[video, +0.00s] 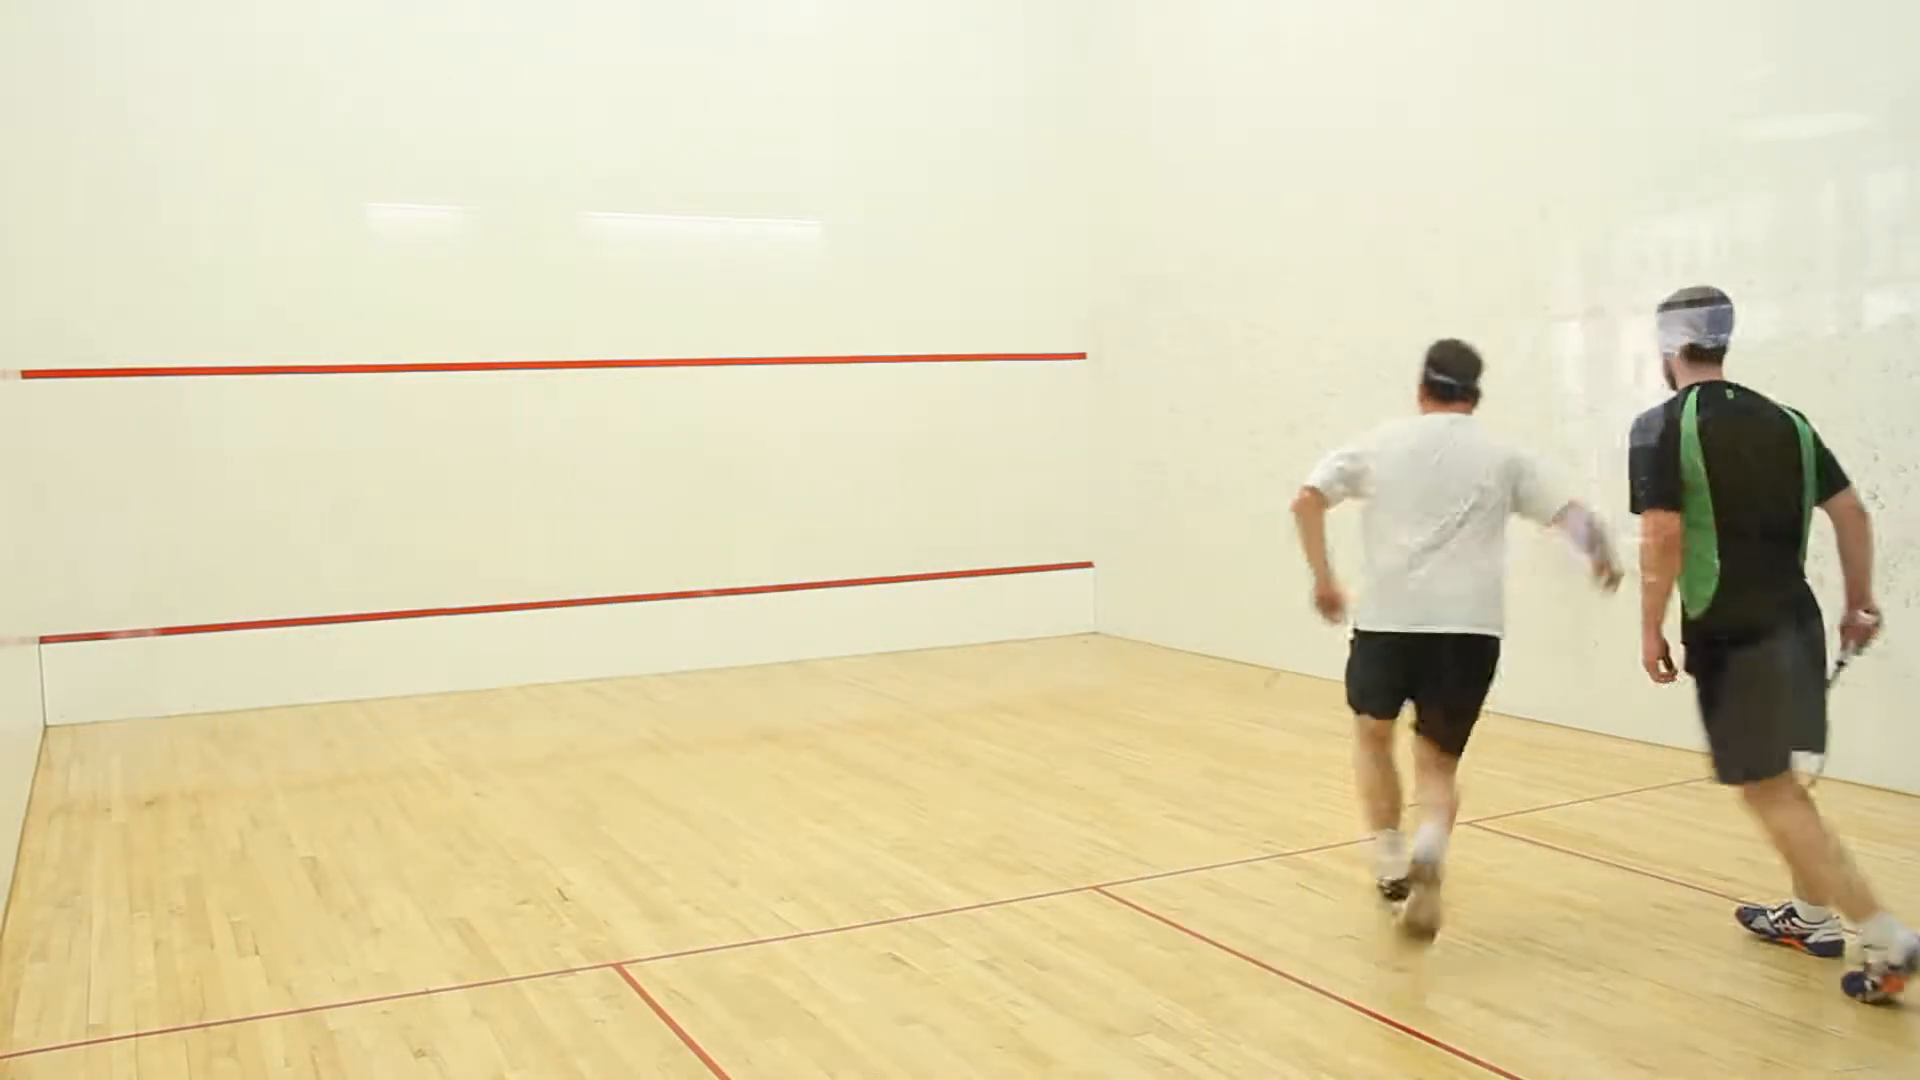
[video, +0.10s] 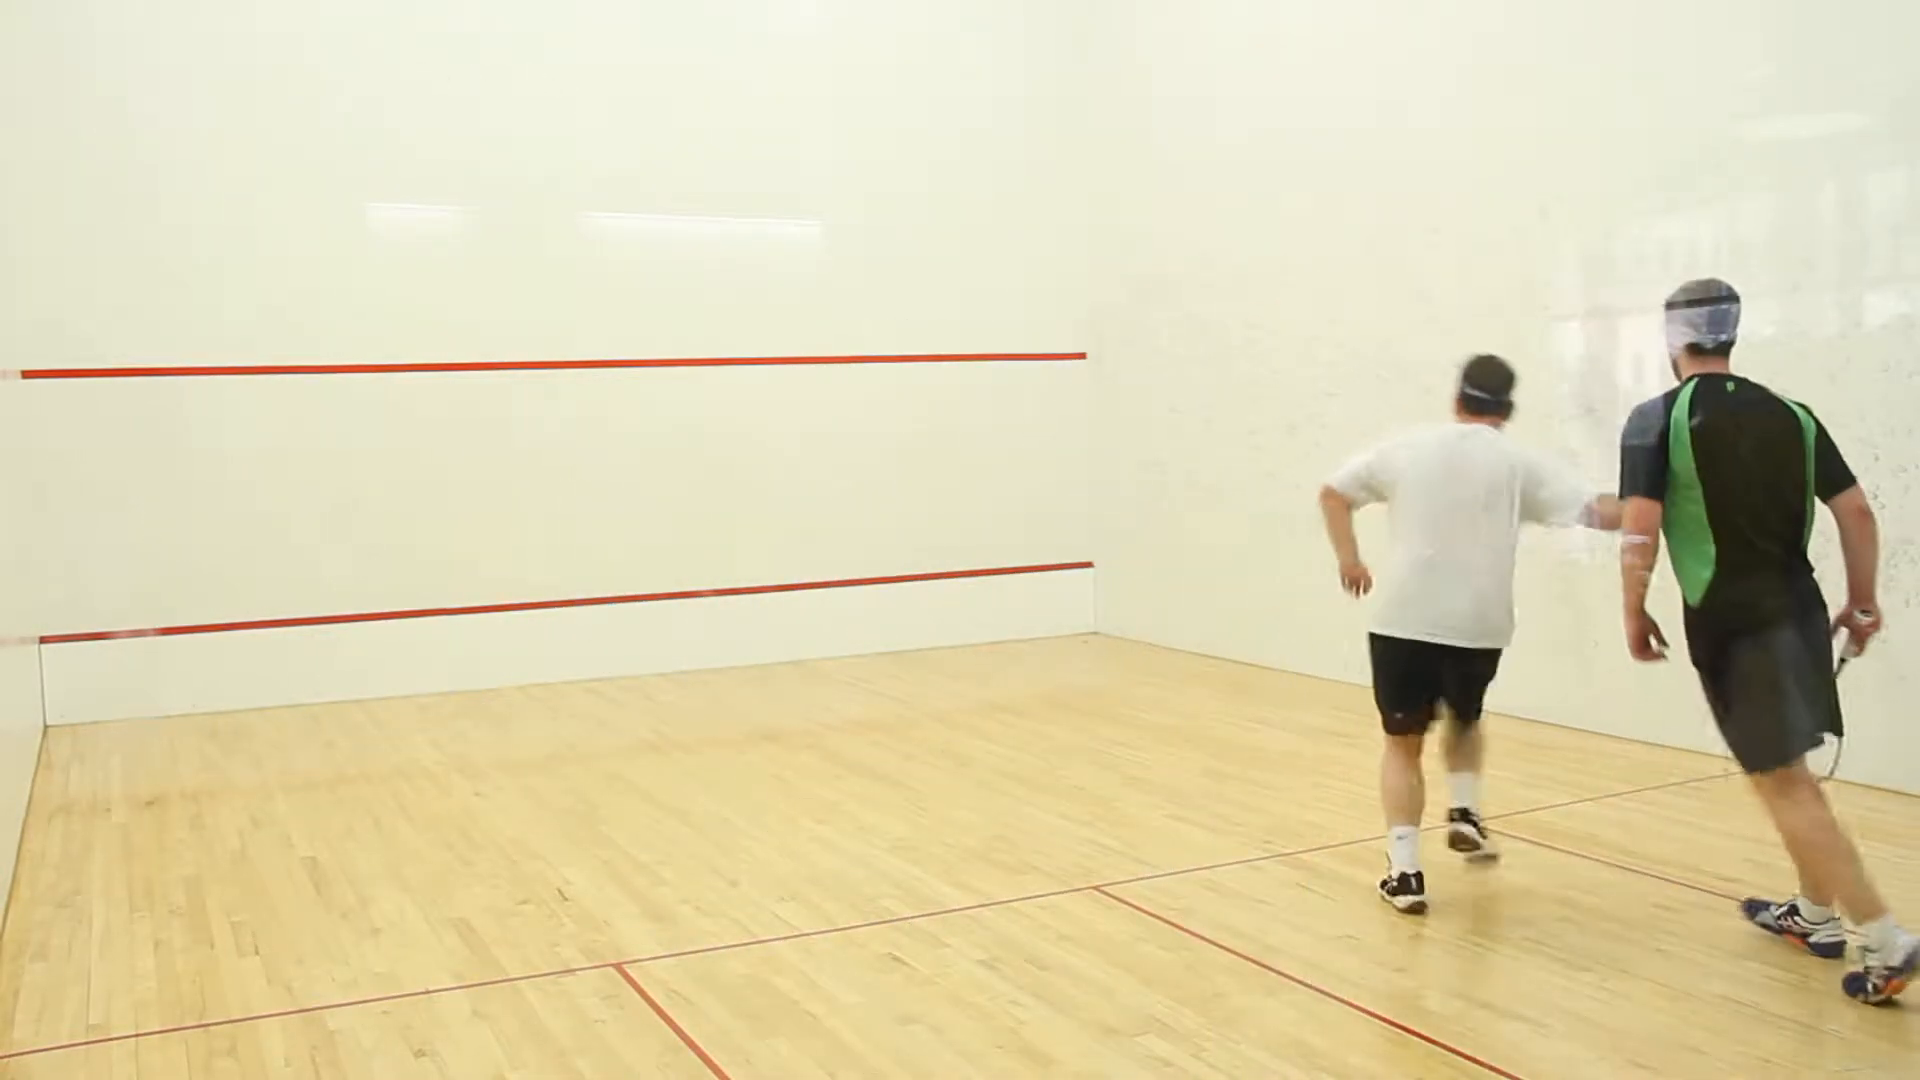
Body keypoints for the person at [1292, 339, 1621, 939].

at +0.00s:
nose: (1434, 397)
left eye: (1428, 386)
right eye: (1462, 393)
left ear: (1422, 389)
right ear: (1476, 396)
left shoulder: (1384, 444)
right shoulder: (1499, 455)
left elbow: (1306, 503)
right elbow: (1575, 515)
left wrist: (1324, 580)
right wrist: (1604, 557)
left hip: (1386, 629)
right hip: (1469, 635)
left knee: (1374, 738)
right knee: (1439, 759)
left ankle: (1391, 861)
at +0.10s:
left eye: (1460, 401)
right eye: (1500, 408)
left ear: (1456, 402)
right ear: (1508, 409)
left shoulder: (1414, 448)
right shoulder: (1517, 462)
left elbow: (1334, 495)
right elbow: (1598, 511)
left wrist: (1349, 560)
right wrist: (1656, 505)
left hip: (1402, 623)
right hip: (1480, 630)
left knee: (1402, 741)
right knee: (1464, 717)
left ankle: (1405, 874)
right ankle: (1464, 811)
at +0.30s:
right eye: (1563, 445)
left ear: (1524, 436)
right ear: (1569, 448)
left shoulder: (1476, 463)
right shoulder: (1571, 505)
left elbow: (1406, 490)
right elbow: (1612, 572)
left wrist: (1373, 549)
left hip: (1440, 625)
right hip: (1508, 638)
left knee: (1413, 742)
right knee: (1518, 705)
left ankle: (1404, 825)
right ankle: (1531, 783)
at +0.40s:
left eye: (1540, 459)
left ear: (1539, 460)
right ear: (1583, 474)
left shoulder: (1499, 492)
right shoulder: (1585, 525)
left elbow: (1432, 535)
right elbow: (1591, 595)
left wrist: (1423, 573)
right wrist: (1597, 639)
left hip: (1466, 638)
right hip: (1532, 648)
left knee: (1419, 734)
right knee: (1535, 688)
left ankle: (1416, 814)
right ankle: (1534, 779)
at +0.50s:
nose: (1550, 459)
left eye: (1550, 453)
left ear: (1547, 455)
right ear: (1588, 462)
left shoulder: (1508, 487)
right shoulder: (1596, 507)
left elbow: (1450, 535)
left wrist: (1489, 567)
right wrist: (1475, 605)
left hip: (1487, 626)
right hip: (1552, 640)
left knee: (1428, 709)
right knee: (1550, 687)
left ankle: (1420, 798)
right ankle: (1533, 784)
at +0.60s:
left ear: (1540, 429)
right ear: (1588, 434)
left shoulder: (1520, 459)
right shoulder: (1600, 480)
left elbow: (1462, 515)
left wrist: (1505, 543)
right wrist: (1469, 582)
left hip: (1500, 610)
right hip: (1567, 618)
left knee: (1438, 689)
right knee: (1557, 692)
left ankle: (1430, 790)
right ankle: (1541, 765)